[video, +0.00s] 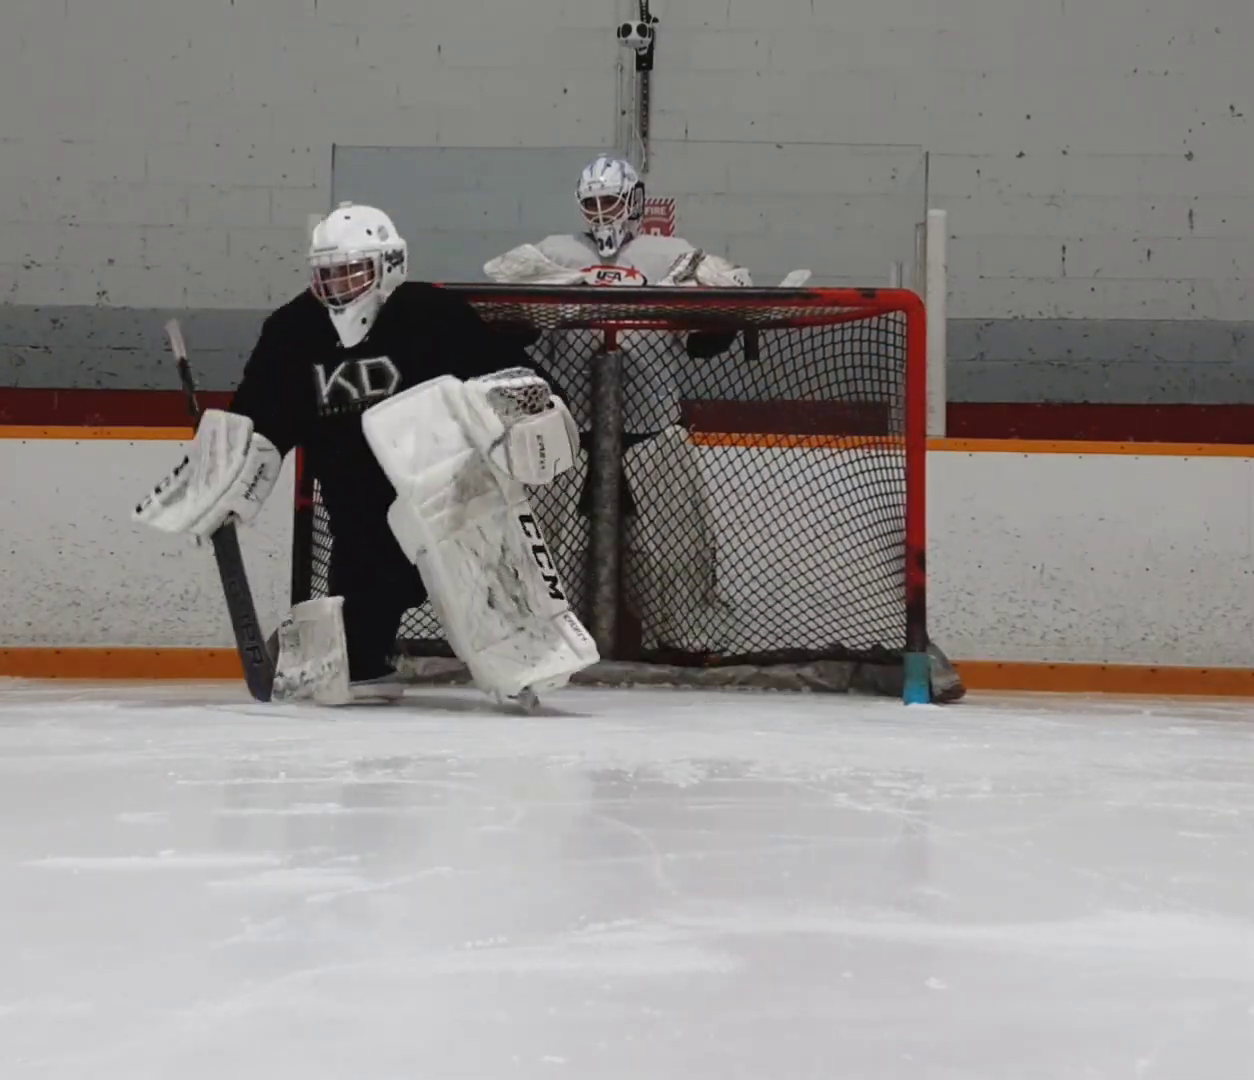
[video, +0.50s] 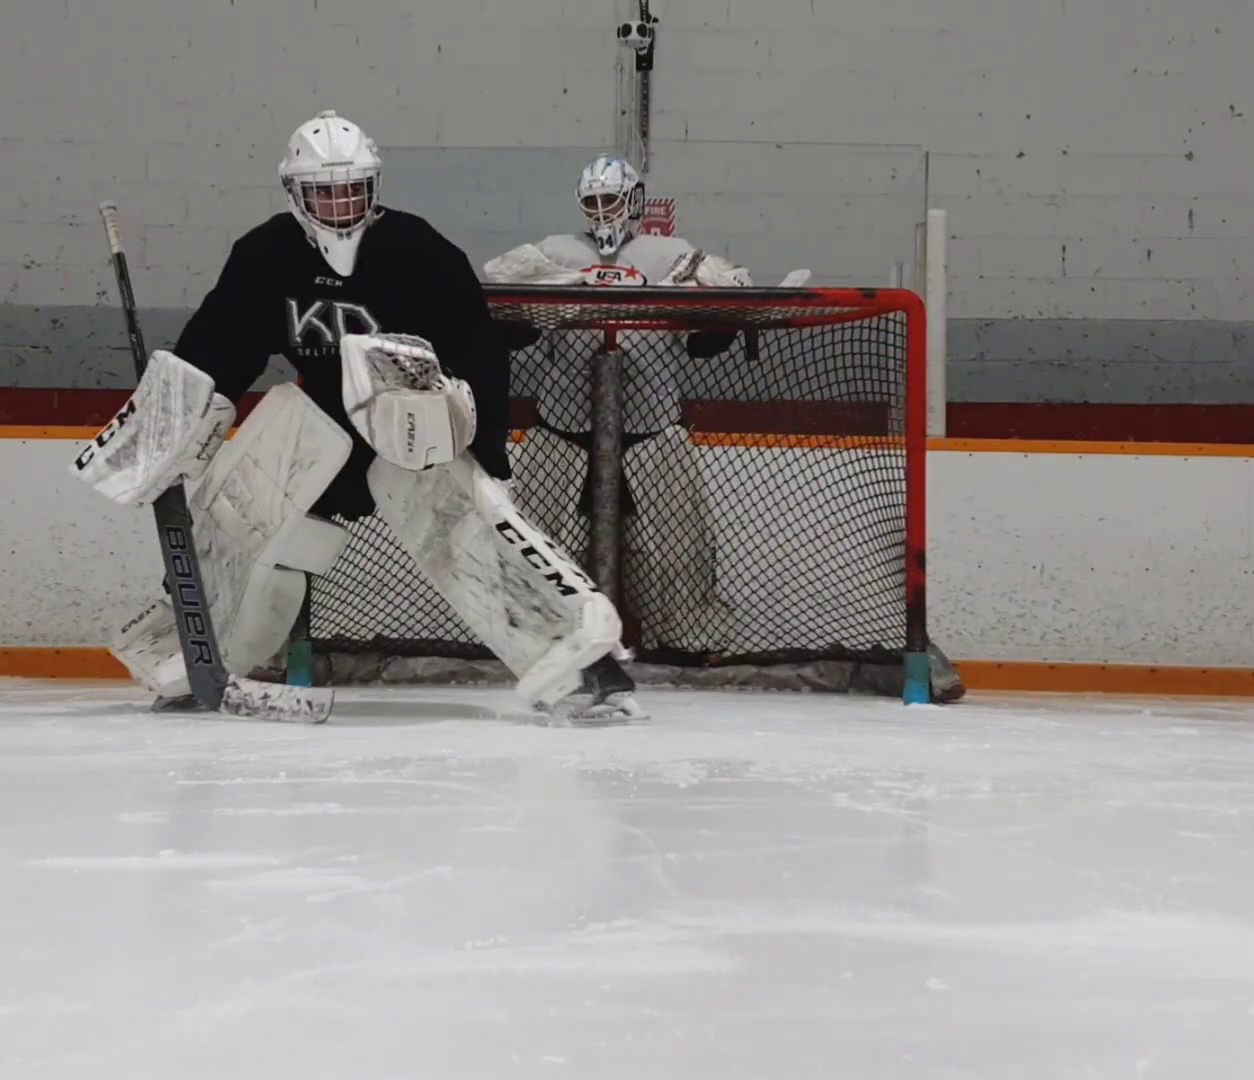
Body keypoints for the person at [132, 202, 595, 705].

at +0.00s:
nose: (341, 284)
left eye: (352, 271)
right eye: (330, 274)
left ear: (386, 265)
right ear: (315, 276)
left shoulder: (431, 314)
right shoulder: (291, 331)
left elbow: (508, 375)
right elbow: (258, 422)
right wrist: (221, 481)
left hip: (443, 495)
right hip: (354, 507)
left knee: (478, 583)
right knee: (356, 655)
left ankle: (515, 667)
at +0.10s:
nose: (352, 247)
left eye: (366, 234)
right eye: (341, 235)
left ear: (404, 228)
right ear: (328, 235)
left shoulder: (451, 280)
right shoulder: (307, 293)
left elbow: (529, 362)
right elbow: (260, 384)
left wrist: (525, 419)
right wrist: (215, 455)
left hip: (446, 464)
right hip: (359, 472)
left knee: (476, 565)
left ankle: (520, 678)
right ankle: (351, 659)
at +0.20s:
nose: (345, 222)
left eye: (359, 208)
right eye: (335, 210)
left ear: (397, 204)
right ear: (322, 210)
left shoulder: (449, 268)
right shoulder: (301, 274)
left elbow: (530, 357)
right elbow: (259, 373)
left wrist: (515, 415)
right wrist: (214, 438)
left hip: (449, 451)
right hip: (354, 449)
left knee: (427, 551)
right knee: (304, 547)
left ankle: (467, 669)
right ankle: (321, 668)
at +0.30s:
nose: (333, 210)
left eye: (347, 196)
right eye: (322, 198)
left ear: (383, 192)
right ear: (308, 200)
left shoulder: (431, 252)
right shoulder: (290, 264)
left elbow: (508, 356)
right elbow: (243, 361)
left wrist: (469, 412)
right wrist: (194, 431)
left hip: (431, 439)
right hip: (341, 438)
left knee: (417, 545)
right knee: (293, 549)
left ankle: (478, 674)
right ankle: (271, 678)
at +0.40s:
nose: (334, 205)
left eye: (348, 191)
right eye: (321, 192)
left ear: (377, 188)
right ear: (303, 193)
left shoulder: (426, 252)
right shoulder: (277, 258)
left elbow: (486, 363)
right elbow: (227, 354)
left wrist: (440, 406)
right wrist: (176, 422)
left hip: (440, 437)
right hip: (336, 438)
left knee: (445, 542)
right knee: (275, 540)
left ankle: (520, 676)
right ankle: (238, 665)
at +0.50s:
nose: (338, 203)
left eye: (351, 190)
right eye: (324, 190)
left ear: (371, 188)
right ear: (298, 191)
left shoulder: (416, 248)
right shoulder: (265, 254)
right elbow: (212, 350)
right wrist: (163, 424)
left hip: (420, 439)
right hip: (319, 437)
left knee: (478, 559)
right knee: (276, 558)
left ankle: (582, 670)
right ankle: (217, 677)